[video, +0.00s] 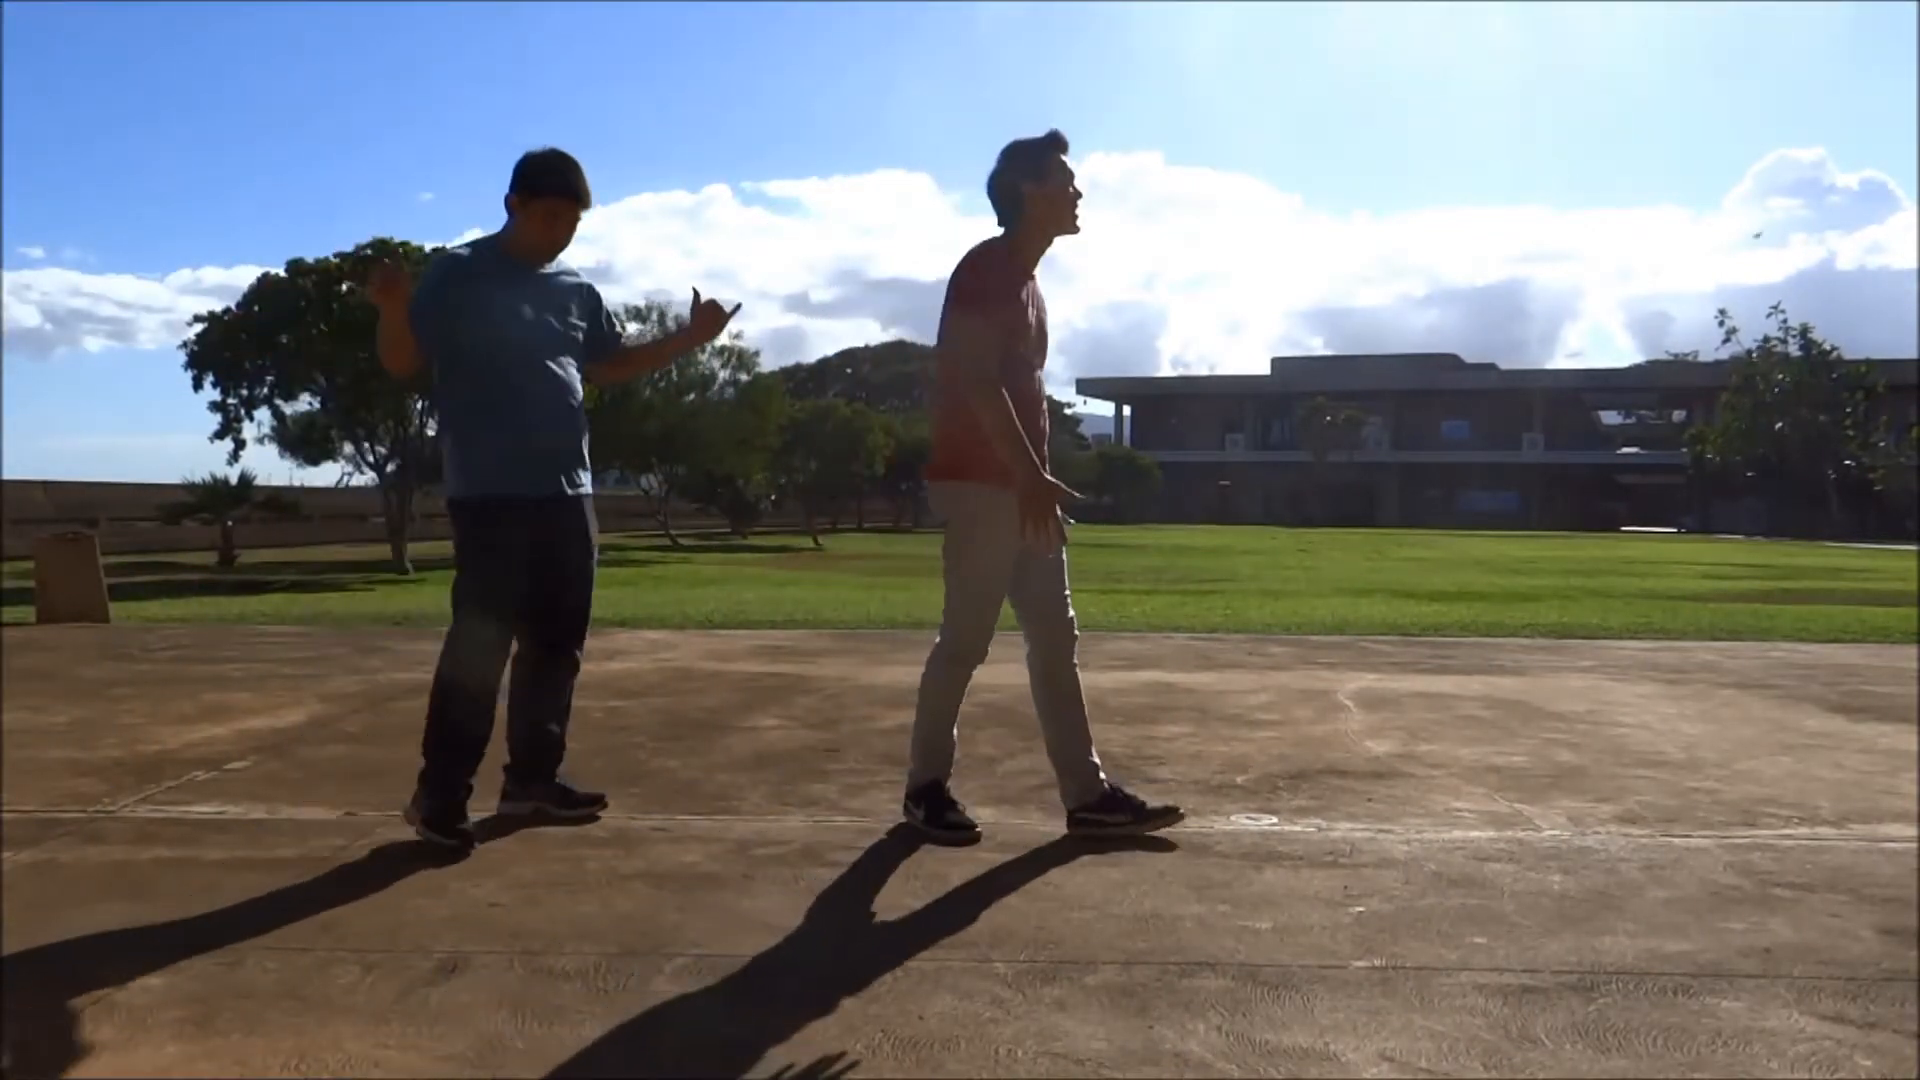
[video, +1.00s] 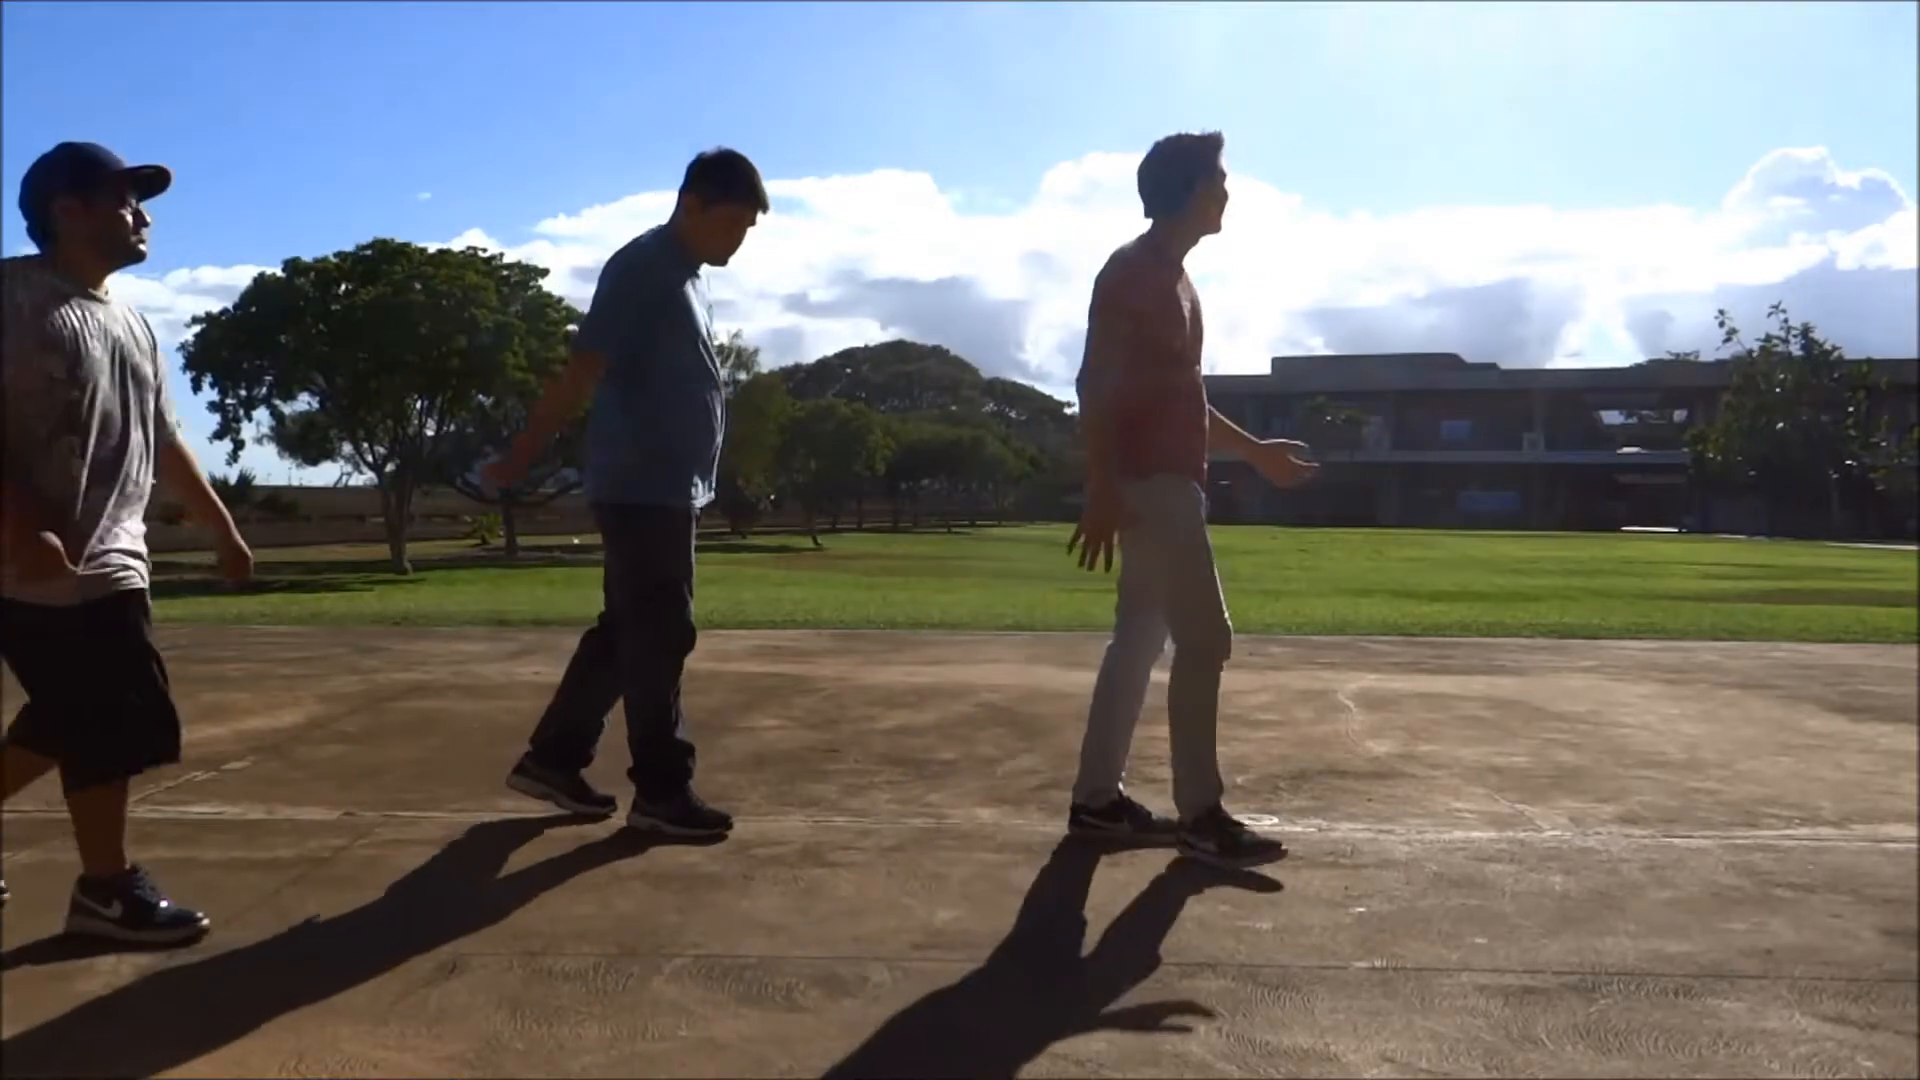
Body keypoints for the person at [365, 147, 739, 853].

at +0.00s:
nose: (569, 232)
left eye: (576, 219)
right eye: (561, 217)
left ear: (575, 217)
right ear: (522, 204)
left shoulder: (577, 294)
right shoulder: (451, 274)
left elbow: (606, 367)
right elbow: (402, 364)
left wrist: (692, 336)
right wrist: (393, 307)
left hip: (564, 491)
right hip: (486, 491)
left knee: (556, 641)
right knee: (479, 640)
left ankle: (535, 780)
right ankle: (441, 797)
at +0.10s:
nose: (586, 233)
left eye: (593, 221)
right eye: (579, 218)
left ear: (589, 218)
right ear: (538, 204)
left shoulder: (590, 293)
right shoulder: (469, 273)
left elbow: (617, 370)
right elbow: (420, 365)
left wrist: (703, 338)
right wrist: (417, 308)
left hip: (574, 488)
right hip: (500, 487)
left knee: (566, 637)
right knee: (515, 632)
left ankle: (544, 780)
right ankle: (503, 796)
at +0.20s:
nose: (600, 238)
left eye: (607, 225)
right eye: (594, 222)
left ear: (603, 220)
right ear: (552, 206)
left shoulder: (598, 291)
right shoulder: (484, 274)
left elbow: (627, 368)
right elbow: (435, 368)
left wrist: (717, 357)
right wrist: (438, 318)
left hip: (583, 486)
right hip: (514, 484)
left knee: (570, 631)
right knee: (550, 628)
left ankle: (528, 779)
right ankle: (564, 785)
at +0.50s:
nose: (646, 246)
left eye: (654, 233)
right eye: (643, 230)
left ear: (638, 225)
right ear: (603, 212)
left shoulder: (630, 293)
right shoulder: (533, 277)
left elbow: (646, 374)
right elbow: (489, 375)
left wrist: (730, 395)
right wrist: (516, 358)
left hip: (610, 492)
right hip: (556, 491)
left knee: (571, 632)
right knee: (610, 626)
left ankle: (531, 782)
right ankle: (654, 788)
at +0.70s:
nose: (682, 243)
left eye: (688, 231)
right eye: (678, 227)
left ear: (661, 218)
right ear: (637, 209)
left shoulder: (654, 286)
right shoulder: (580, 274)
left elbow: (677, 377)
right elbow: (551, 369)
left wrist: (748, 432)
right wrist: (560, 419)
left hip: (638, 491)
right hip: (599, 490)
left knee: (592, 631)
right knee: (640, 630)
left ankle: (533, 777)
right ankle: (659, 793)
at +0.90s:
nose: (723, 237)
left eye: (729, 224)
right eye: (719, 221)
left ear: (693, 211)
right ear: (675, 203)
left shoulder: (678, 276)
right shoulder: (627, 269)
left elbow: (686, 390)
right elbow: (586, 373)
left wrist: (720, 470)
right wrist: (552, 470)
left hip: (658, 490)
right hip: (630, 490)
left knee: (612, 630)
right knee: (654, 633)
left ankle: (542, 766)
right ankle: (661, 793)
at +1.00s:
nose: (741, 241)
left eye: (747, 228)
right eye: (739, 224)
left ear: (704, 211)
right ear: (697, 205)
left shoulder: (676, 272)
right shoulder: (642, 266)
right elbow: (582, 369)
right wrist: (521, 455)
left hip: (663, 490)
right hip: (642, 491)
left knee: (625, 627)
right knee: (661, 633)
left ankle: (551, 760)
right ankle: (661, 794)